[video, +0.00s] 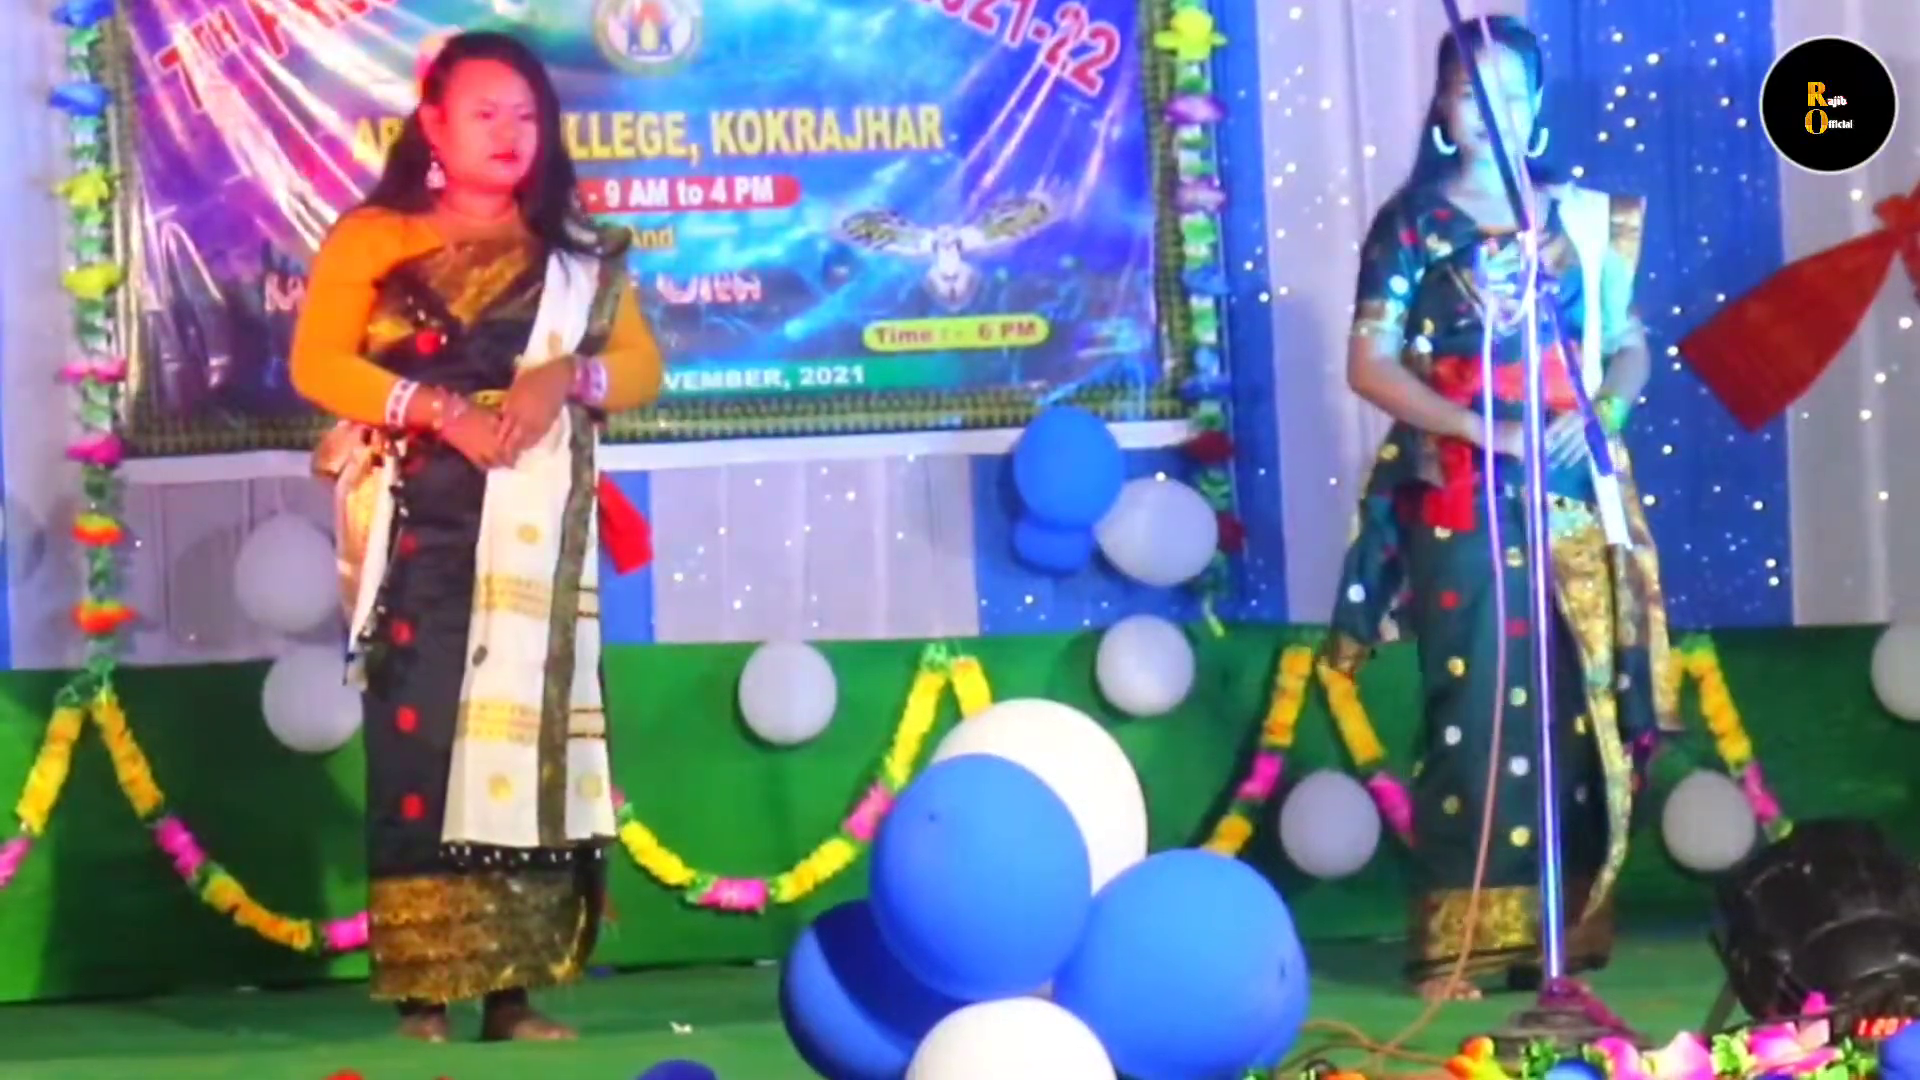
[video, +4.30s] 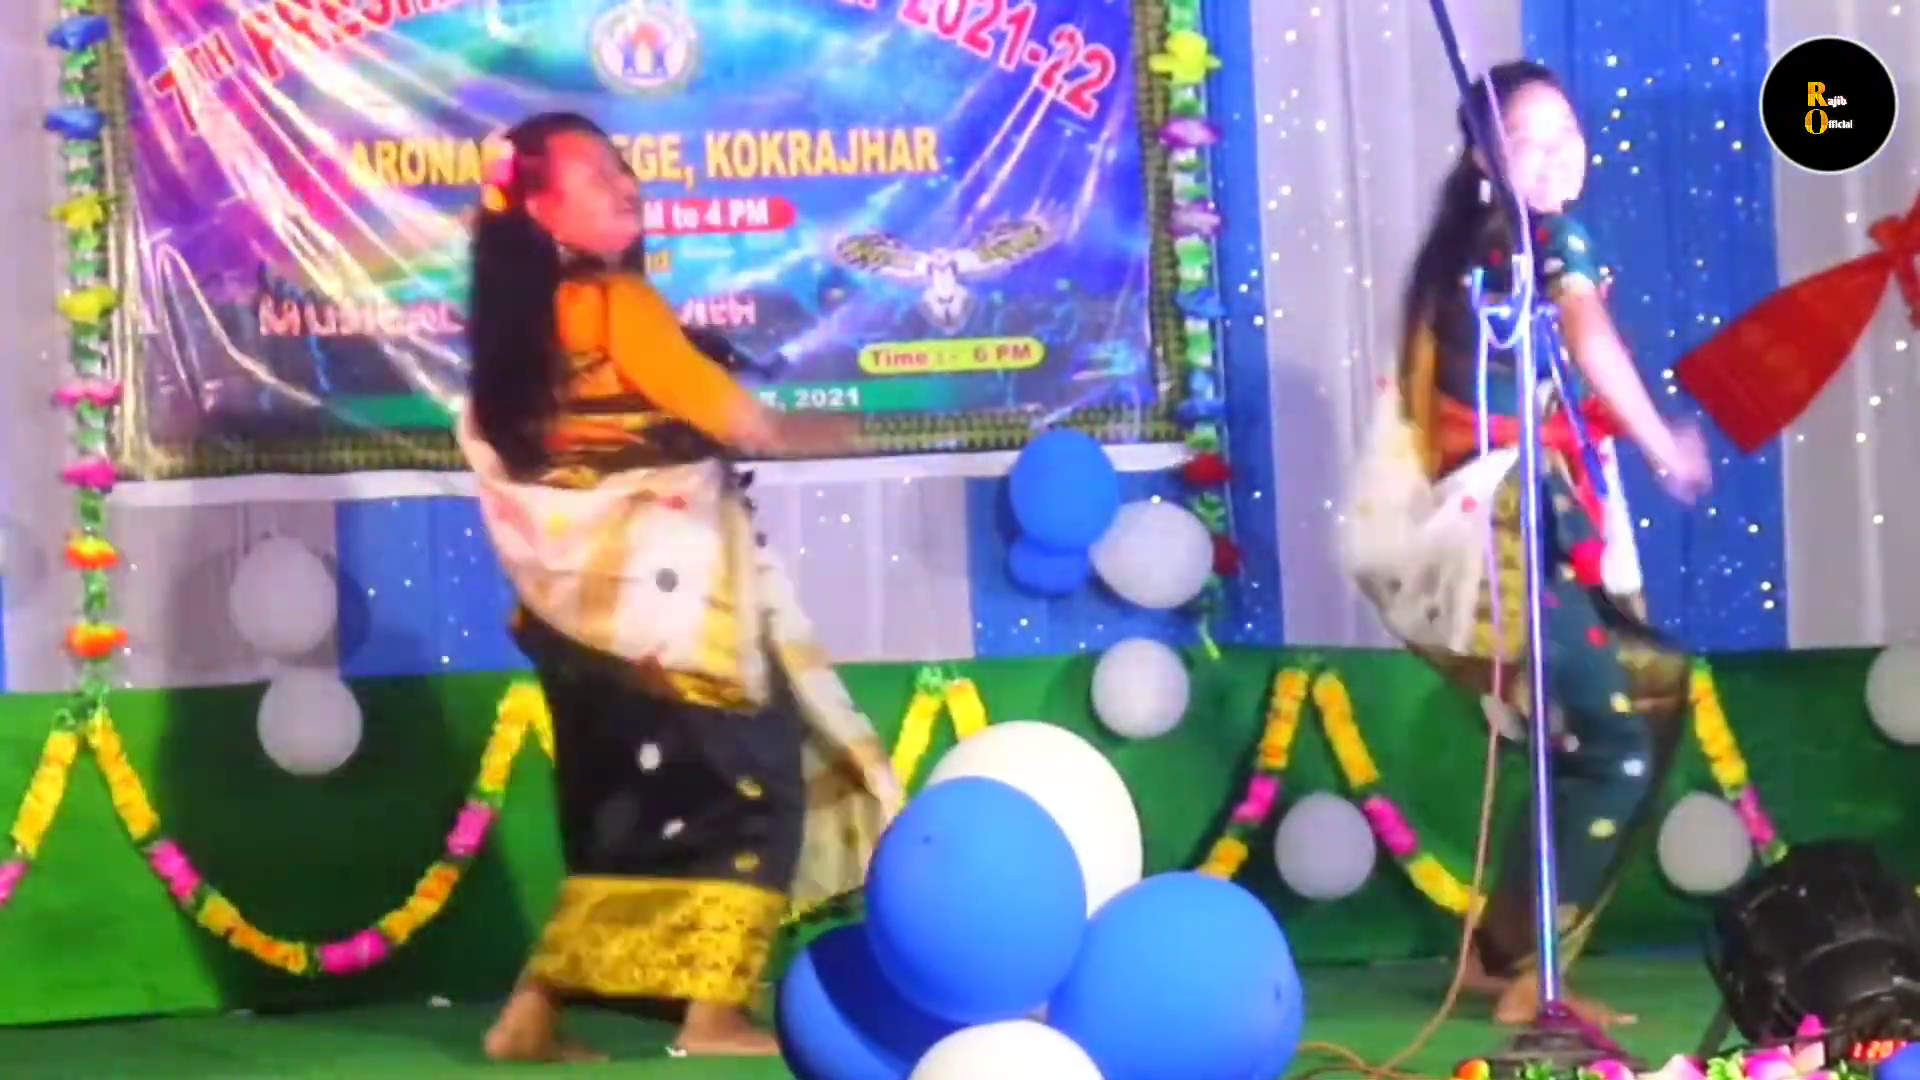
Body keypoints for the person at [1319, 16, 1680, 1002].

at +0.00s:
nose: (1461, 108)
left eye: (1484, 91)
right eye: (1454, 89)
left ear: (1529, 102)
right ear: (1440, 99)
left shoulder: (1577, 216)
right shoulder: (1412, 223)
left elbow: (1625, 345)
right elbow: (1367, 366)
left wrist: (1600, 408)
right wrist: (1479, 427)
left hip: (1571, 500)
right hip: (1462, 501)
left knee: (1578, 706)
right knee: (1471, 708)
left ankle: (1573, 937)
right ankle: (1458, 938)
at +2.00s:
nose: (1456, 122)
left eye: (1471, 104)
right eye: (1435, 107)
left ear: (1495, 114)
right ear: (1405, 122)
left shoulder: (1527, 227)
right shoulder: (1379, 233)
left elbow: (1550, 360)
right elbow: (1337, 377)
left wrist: (1555, 435)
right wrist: (1463, 451)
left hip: (1521, 505)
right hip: (1425, 512)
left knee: (1532, 720)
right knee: (1442, 723)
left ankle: (1520, 951)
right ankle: (1434, 957)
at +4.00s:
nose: (1503, 139)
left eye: (1510, 119)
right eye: (1478, 125)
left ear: (1530, 129)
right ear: (1441, 145)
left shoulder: (1525, 248)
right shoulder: (1448, 244)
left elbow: (1536, 390)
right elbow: (1441, 391)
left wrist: (1609, 446)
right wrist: (1549, 435)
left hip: (1513, 529)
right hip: (1460, 531)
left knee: (1563, 727)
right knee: (1554, 727)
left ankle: (1451, 907)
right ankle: (1477, 929)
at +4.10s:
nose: (1524, 113)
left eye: (1529, 93)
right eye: (1502, 101)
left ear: (1541, 99)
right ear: (1459, 122)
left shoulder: (1535, 210)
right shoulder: (1457, 207)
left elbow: (1626, 332)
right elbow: (1491, 330)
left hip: (1544, 505)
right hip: (1480, 508)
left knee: (1536, 712)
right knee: (1571, 699)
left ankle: (1496, 944)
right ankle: (1487, 930)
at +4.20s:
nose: (1539, 129)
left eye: (1543, 109)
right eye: (1516, 114)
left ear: (1551, 113)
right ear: (1469, 130)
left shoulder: (1522, 226)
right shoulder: (1462, 228)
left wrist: (1596, 296)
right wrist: (1593, 306)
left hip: (1549, 531)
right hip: (1495, 542)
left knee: (1567, 739)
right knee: (1564, 740)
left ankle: (1513, 959)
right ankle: (1502, 964)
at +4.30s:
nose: (1570, 156)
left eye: (1570, 137)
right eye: (1548, 142)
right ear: (1501, 155)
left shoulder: (1453, 255)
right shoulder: (1541, 240)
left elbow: (1423, 419)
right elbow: (1592, 348)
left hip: (1453, 563)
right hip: (1505, 564)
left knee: (1579, 739)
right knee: (1616, 752)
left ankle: (1500, 943)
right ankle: (1531, 983)